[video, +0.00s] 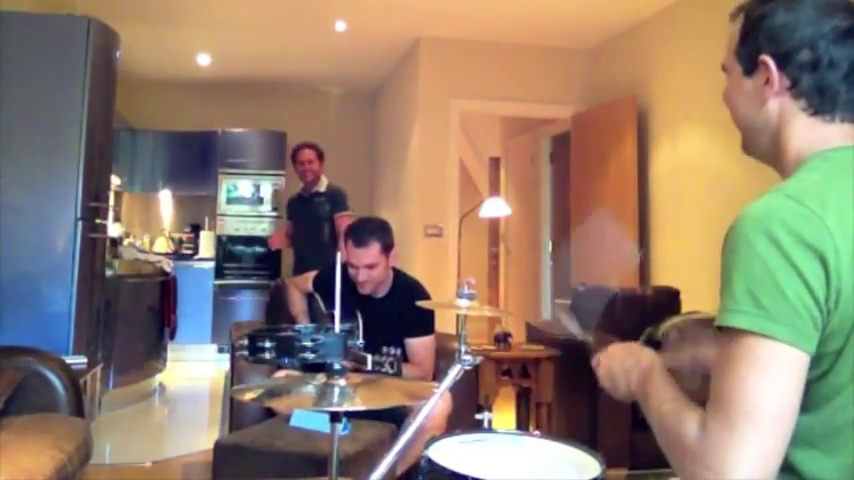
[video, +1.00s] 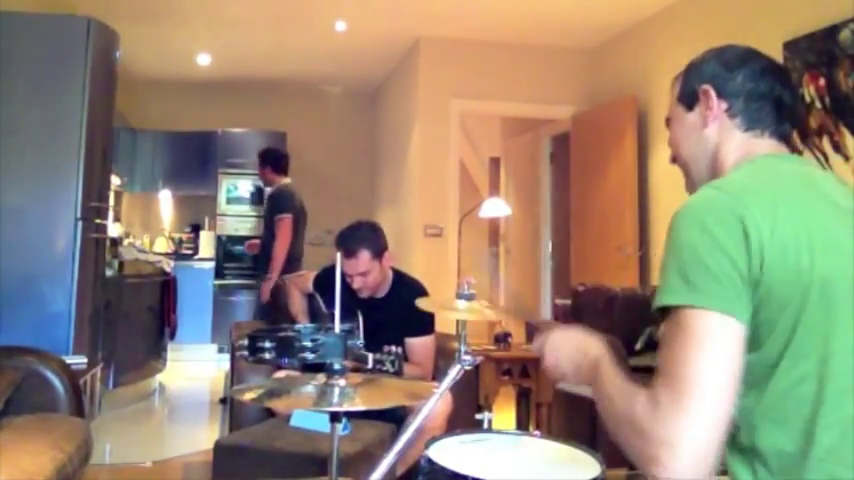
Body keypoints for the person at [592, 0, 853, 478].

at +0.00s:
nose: (724, 95)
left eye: (728, 74)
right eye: (724, 74)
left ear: (769, 80)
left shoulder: (784, 222)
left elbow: (727, 466)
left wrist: (643, 375)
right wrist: (724, 351)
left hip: (811, 469)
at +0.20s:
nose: (710, 108)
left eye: (714, 85)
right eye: (710, 87)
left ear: (753, 83)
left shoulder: (776, 214)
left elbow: (688, 455)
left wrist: (595, 326)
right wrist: (730, 346)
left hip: (795, 468)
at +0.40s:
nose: (696, 137)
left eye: (697, 110)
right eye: (694, 114)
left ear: (734, 94)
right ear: (804, 100)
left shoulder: (755, 208)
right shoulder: (841, 179)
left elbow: (613, 413)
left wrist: (595, 234)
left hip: (801, 467)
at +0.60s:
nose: (690, 150)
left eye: (691, 124)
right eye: (687, 128)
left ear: (724, 103)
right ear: (797, 117)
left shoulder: (734, 210)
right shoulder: (842, 188)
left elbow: (649, 448)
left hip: (789, 469)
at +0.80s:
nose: (671, 157)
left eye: (672, 131)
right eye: (668, 136)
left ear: (705, 111)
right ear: (777, 123)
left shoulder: (719, 210)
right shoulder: (840, 195)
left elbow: (638, 443)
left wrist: (593, 293)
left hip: (782, 467)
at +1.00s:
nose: (669, 150)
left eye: (671, 124)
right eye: (668, 128)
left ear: (710, 107)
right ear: (774, 119)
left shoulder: (719, 212)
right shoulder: (840, 199)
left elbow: (677, 455)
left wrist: (595, 363)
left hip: (765, 469)